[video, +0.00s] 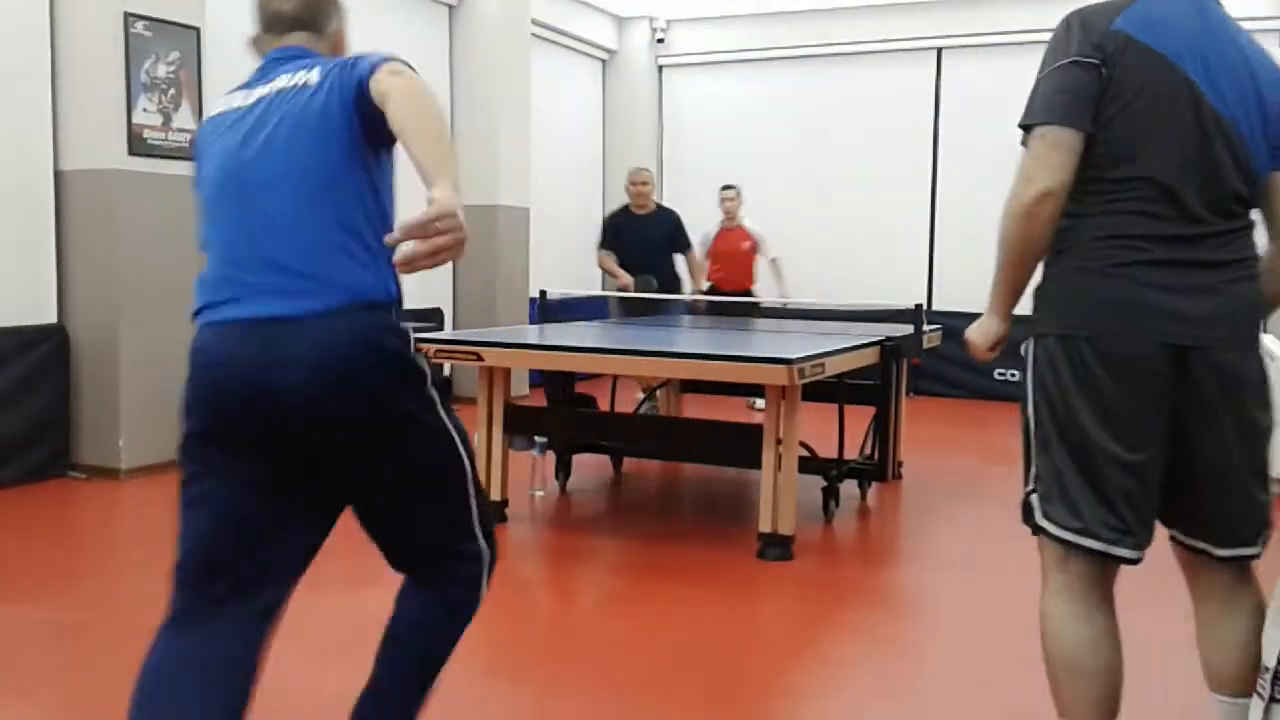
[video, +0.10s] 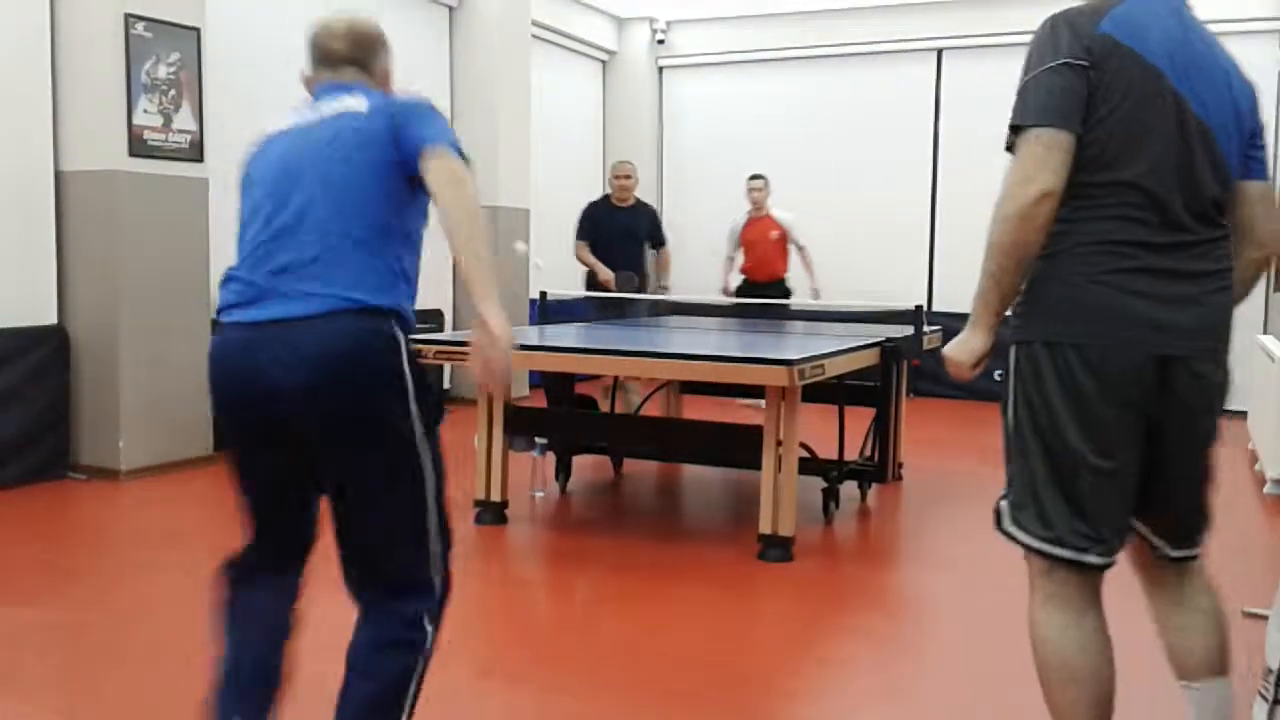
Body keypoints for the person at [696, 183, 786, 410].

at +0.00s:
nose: (727, 205)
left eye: (731, 200)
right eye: (723, 201)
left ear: (740, 202)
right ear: (719, 204)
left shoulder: (752, 235)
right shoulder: (711, 235)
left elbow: (773, 262)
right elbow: (699, 264)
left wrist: (782, 291)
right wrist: (698, 289)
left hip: (744, 294)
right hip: (716, 293)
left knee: (751, 342)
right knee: (710, 340)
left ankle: (756, 393)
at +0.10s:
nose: (755, 195)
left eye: (759, 190)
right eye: (751, 191)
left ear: (768, 192)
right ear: (747, 193)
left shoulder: (783, 221)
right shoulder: (739, 224)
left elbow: (802, 249)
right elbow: (730, 256)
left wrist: (813, 283)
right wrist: (726, 283)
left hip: (776, 285)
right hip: (749, 286)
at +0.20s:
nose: (776, 200)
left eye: (780, 195)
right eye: (772, 196)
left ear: (789, 197)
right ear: (768, 198)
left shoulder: (802, 226)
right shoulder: (760, 231)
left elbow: (821, 253)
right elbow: (751, 262)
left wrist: (836, 286)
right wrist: (746, 289)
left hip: (798, 289)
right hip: (772, 290)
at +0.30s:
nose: (795, 209)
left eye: (800, 204)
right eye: (791, 204)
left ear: (809, 206)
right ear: (787, 207)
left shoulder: (824, 234)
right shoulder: (780, 238)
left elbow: (842, 263)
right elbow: (772, 273)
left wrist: (859, 296)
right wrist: (765, 299)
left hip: (821, 299)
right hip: (793, 300)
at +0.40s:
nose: (812, 207)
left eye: (817, 202)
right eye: (808, 202)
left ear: (827, 204)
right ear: (805, 206)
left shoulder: (845, 230)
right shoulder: (801, 240)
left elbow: (862, 260)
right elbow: (795, 273)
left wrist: (877, 294)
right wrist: (789, 299)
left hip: (847, 299)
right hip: (818, 300)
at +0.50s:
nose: (827, 198)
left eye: (832, 192)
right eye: (823, 193)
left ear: (842, 195)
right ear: (819, 198)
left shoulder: (859, 220)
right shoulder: (818, 234)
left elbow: (881, 247)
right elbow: (814, 267)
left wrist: (889, 282)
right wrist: (807, 291)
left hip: (865, 290)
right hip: (837, 292)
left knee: (872, 344)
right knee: (828, 340)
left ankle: (881, 396)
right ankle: (825, 393)